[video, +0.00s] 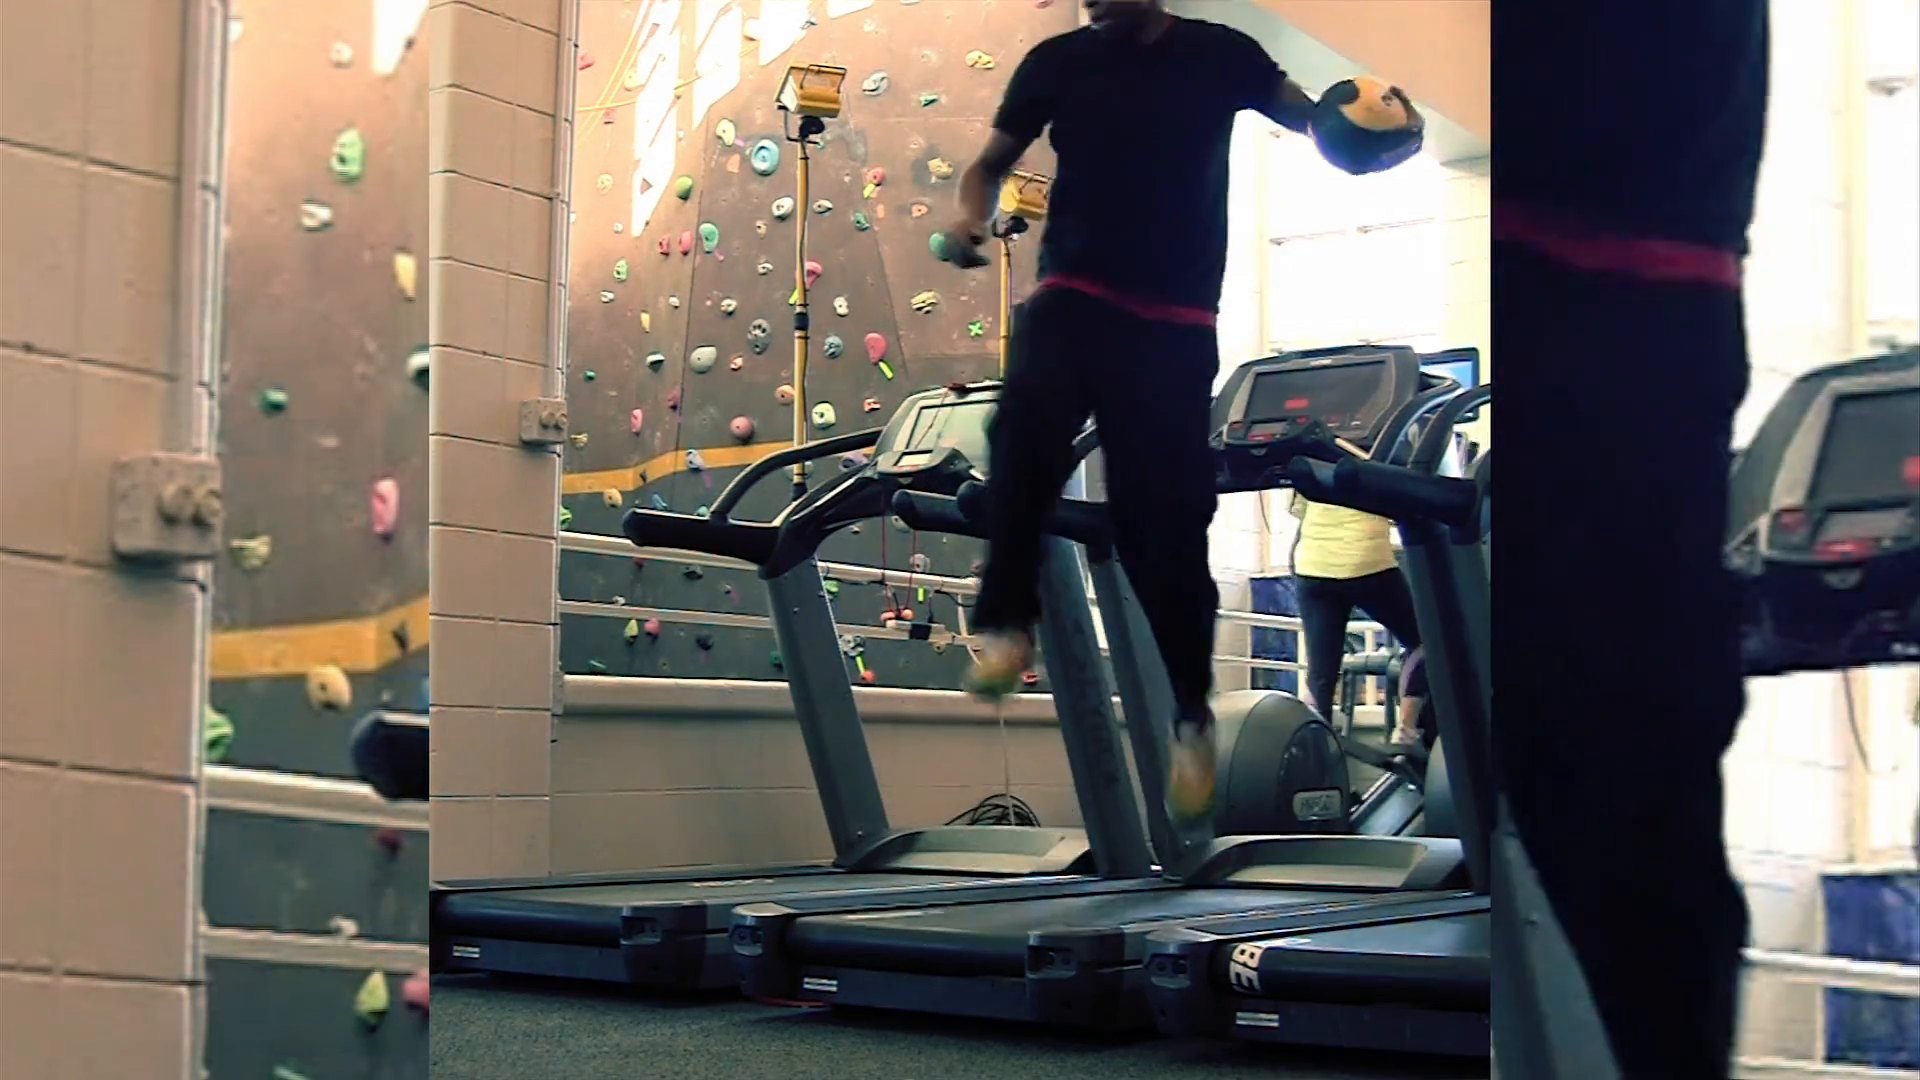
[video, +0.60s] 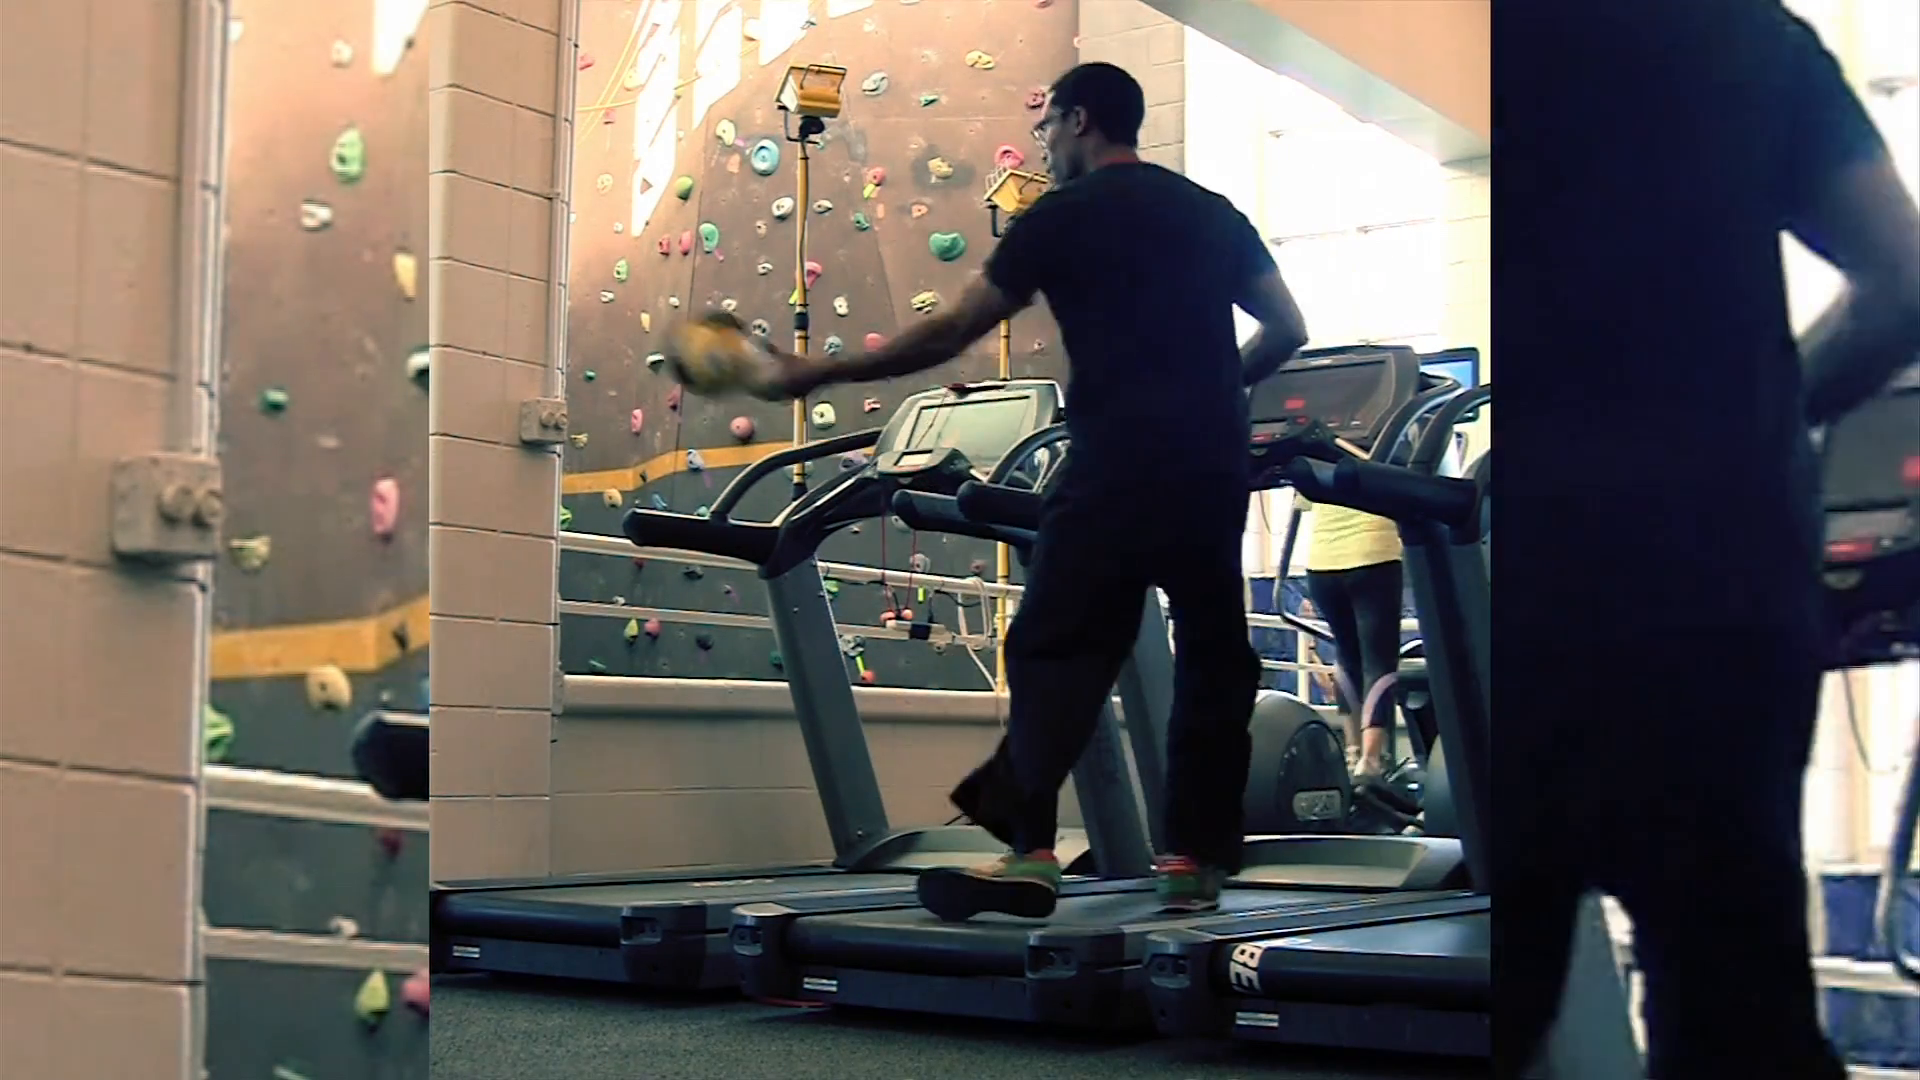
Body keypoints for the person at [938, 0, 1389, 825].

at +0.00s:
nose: (1107, 4)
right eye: (1097, 0)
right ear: (1090, 3)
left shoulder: (1222, 52)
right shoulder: (1057, 60)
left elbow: (1318, 122)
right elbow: (988, 165)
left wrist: (1370, 115)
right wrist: (970, 221)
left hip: (1174, 329)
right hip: (1071, 309)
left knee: (1167, 531)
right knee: (1023, 433)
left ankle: (1192, 718)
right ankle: (1004, 626)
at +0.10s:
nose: (1054, 29)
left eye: (1068, 11)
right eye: (1048, 17)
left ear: (1124, 7)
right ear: (1054, 26)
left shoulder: (1207, 76)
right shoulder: (1057, 107)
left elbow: (1317, 117)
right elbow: (1010, 222)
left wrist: (1374, 123)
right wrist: (951, 257)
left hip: (1173, 359)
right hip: (1081, 331)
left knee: (1164, 569)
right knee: (958, 364)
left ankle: (1209, 803)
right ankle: (986, 577)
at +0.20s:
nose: (1039, 96)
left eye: (1050, 76)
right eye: (1037, 80)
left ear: (1103, 68)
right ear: (1087, 75)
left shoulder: (1198, 140)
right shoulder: (1072, 177)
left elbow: (1301, 195)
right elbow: (1072, 288)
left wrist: (1351, 217)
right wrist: (982, 327)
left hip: (1167, 423)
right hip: (1080, 402)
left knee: (1147, 632)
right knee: (933, 481)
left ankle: (1184, 853)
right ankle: (1026, 658)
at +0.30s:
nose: (1029, 128)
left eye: (1039, 107)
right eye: (1028, 111)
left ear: (1085, 102)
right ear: (1081, 108)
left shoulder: (1181, 183)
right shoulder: (1088, 214)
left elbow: (1263, 271)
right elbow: (1102, 351)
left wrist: (1299, 329)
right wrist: (1023, 391)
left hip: (1161, 455)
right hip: (1084, 455)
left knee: (1102, 650)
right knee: (1001, 644)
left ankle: (1139, 871)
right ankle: (1127, 776)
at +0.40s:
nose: (1023, 126)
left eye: (1032, 107)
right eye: (1025, 110)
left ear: (1073, 104)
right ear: (1082, 108)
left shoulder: (1141, 193)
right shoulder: (1111, 199)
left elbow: (1190, 332)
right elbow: (1128, 337)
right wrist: (1076, 411)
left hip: (1136, 460)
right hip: (1111, 455)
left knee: (1057, 644)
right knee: (1106, 651)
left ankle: (1088, 875)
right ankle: (1205, 837)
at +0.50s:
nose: (1032, 128)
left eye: (1037, 109)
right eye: (1031, 112)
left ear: (1073, 100)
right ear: (1117, 103)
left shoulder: (1094, 190)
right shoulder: (1190, 191)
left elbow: (1065, 342)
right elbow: (1252, 316)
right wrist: (1181, 371)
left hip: (1111, 448)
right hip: (1193, 447)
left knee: (1048, 628)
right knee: (1182, 631)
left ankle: (1034, 859)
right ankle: (1214, 845)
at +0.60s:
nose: (1040, 148)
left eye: (1046, 129)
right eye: (1041, 131)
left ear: (1082, 123)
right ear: (1129, 127)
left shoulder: (1058, 216)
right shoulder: (1212, 210)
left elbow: (953, 328)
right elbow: (1288, 329)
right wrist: (1223, 384)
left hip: (1112, 465)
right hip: (1213, 467)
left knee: (1051, 646)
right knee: (1217, 660)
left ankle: (1030, 854)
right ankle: (1196, 857)